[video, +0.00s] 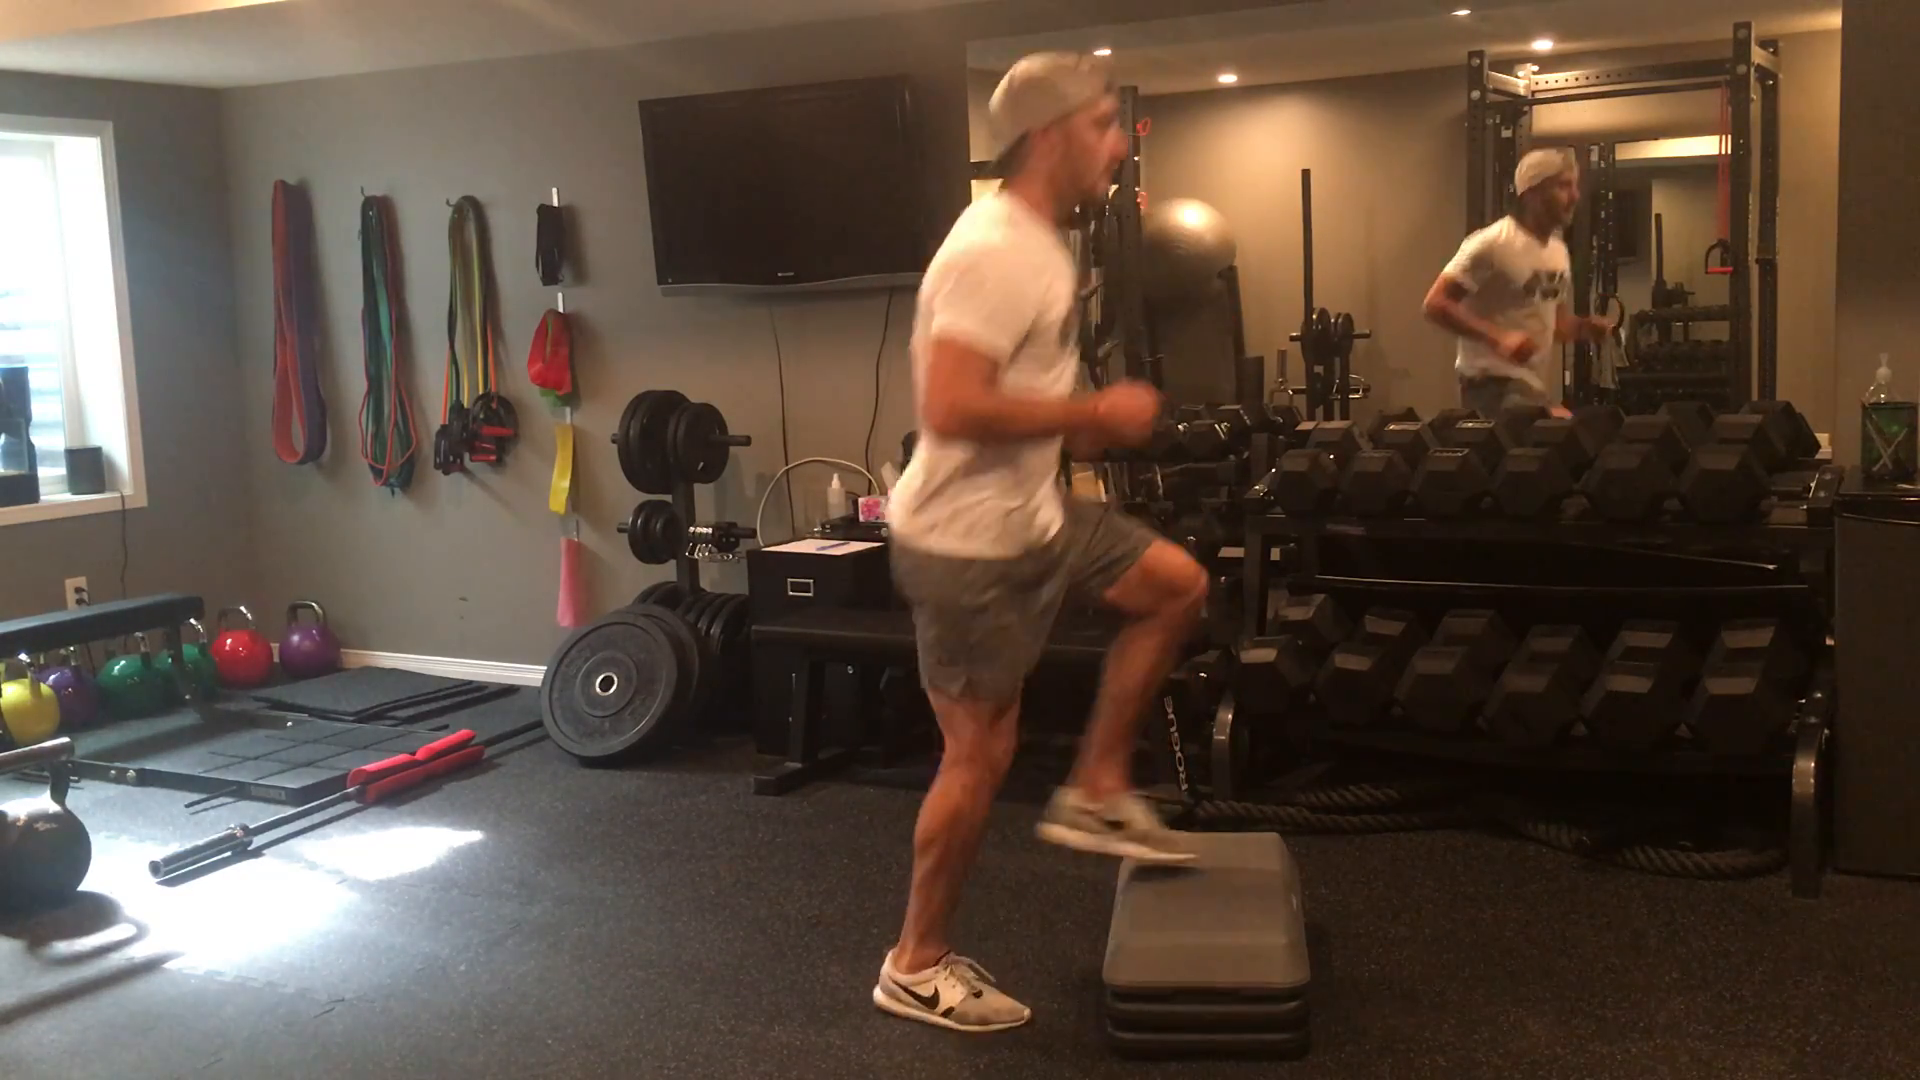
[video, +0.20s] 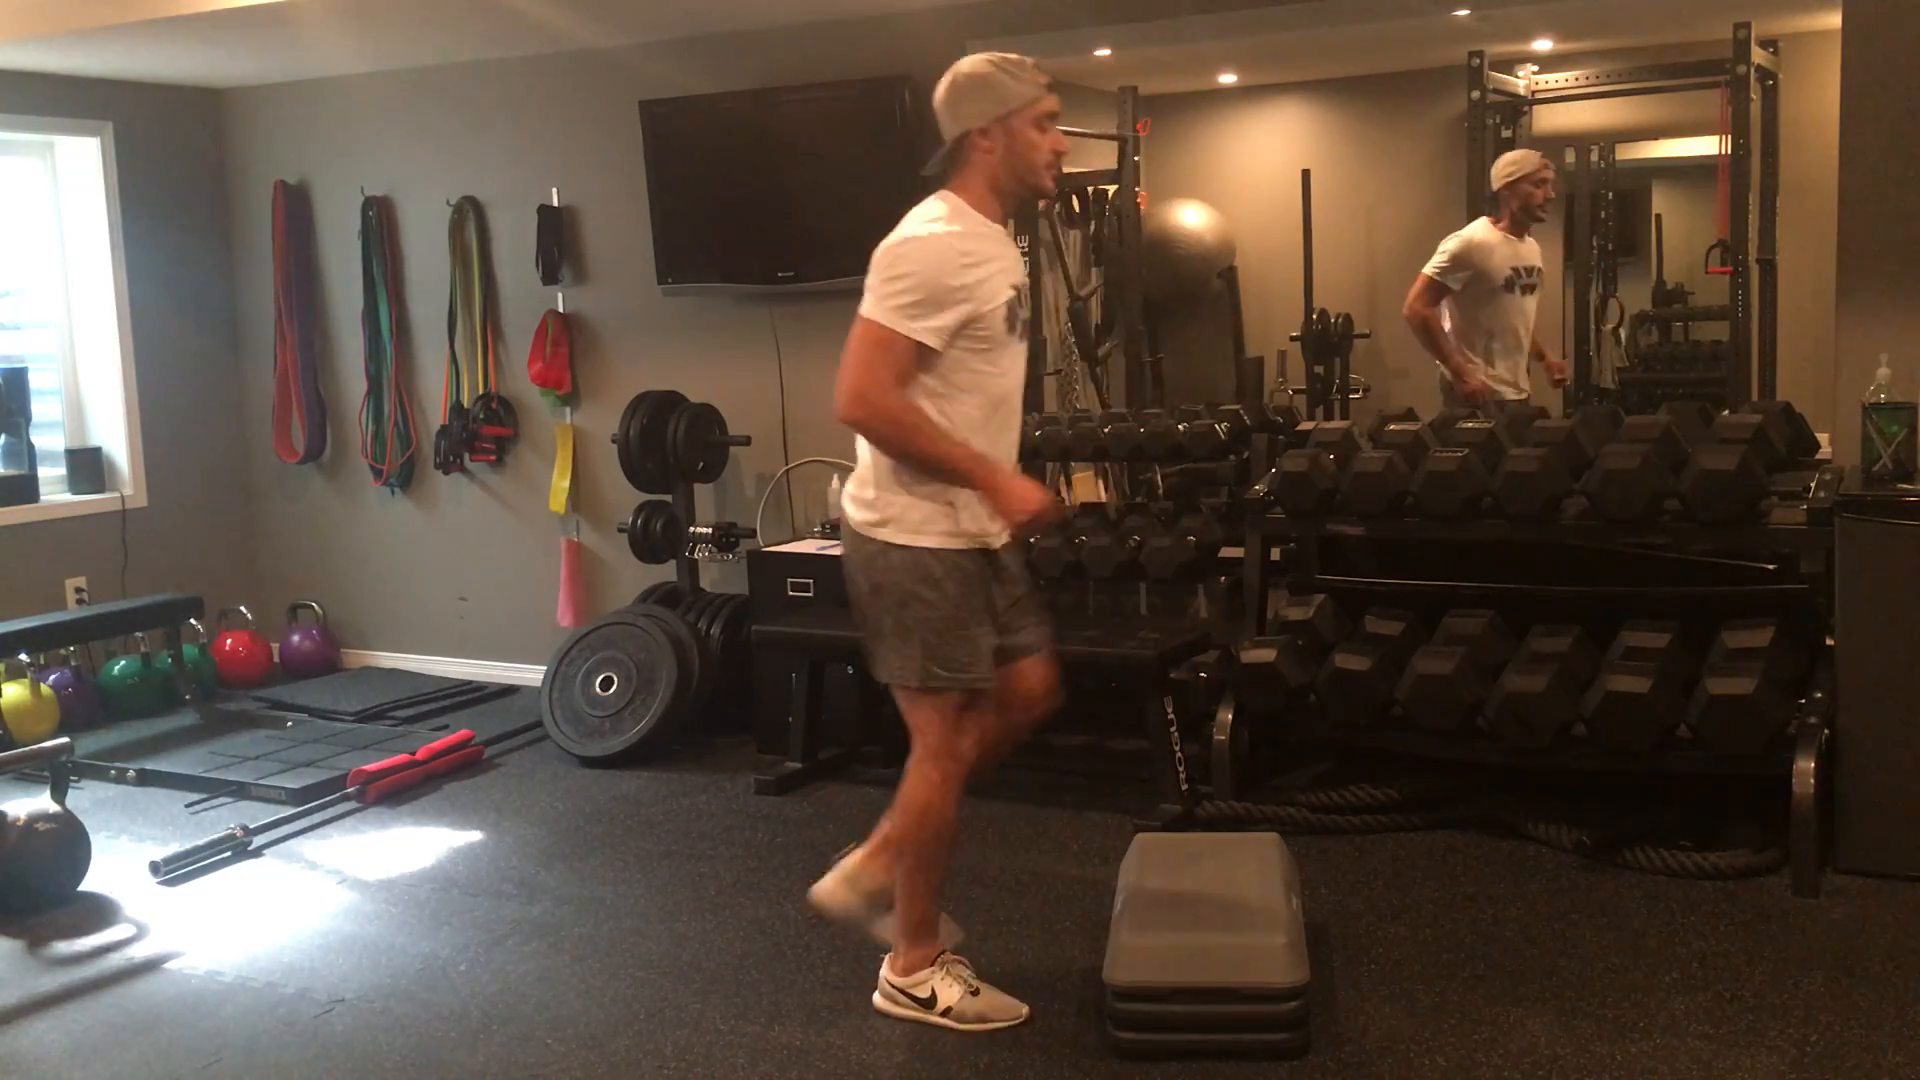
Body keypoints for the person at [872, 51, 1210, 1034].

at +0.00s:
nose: (1119, 142)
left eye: (1116, 123)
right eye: (1104, 124)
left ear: (1051, 140)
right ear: (1047, 139)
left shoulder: (1042, 238)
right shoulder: (988, 248)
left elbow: (1001, 390)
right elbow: (948, 407)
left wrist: (1081, 416)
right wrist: (1090, 412)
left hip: (1034, 512)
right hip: (963, 538)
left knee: (1175, 586)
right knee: (976, 759)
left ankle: (1096, 791)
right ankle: (915, 959)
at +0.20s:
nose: (1061, 142)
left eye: (1058, 125)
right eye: (1045, 126)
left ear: (998, 138)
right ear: (989, 137)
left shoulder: (992, 242)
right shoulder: (930, 244)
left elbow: (936, 390)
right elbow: (863, 396)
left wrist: (992, 481)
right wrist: (992, 478)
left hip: (974, 527)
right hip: (911, 536)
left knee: (1027, 688)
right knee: (944, 735)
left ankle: (869, 869)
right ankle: (915, 962)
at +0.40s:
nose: (1038, 156)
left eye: (1033, 139)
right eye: (1018, 140)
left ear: (977, 159)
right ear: (962, 157)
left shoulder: (958, 263)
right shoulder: (909, 258)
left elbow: (912, 407)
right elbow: (817, 398)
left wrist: (957, 495)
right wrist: (923, 510)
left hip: (865, 533)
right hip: (864, 542)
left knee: (826, 724)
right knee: (950, 735)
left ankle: (804, 928)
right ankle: (913, 964)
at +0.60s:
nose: (1035, 173)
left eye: (1034, 156)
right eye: (1019, 154)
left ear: (970, 164)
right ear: (961, 160)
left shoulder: (948, 262)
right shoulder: (899, 254)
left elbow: (890, 413)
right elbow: (812, 392)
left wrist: (923, 519)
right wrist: (923, 498)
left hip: (866, 536)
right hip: (843, 538)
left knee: (833, 727)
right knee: (931, 735)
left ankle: (805, 929)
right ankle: (907, 964)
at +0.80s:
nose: (1045, 165)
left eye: (1044, 147)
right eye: (1030, 147)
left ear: (983, 160)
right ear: (969, 156)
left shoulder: (969, 260)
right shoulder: (906, 253)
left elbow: (909, 396)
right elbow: (812, 389)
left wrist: (978, 454)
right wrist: (937, 473)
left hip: (904, 537)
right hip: (875, 541)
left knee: (876, 733)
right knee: (944, 738)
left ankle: (808, 929)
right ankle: (909, 965)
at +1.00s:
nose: (1075, 142)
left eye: (1072, 125)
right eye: (1059, 126)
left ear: (1012, 140)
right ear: (999, 138)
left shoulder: (998, 243)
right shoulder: (948, 249)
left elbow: (940, 398)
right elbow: (885, 407)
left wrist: (1009, 477)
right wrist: (1013, 476)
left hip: (976, 524)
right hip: (913, 533)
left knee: (1072, 652)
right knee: (923, 746)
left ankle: (930, 811)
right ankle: (906, 965)